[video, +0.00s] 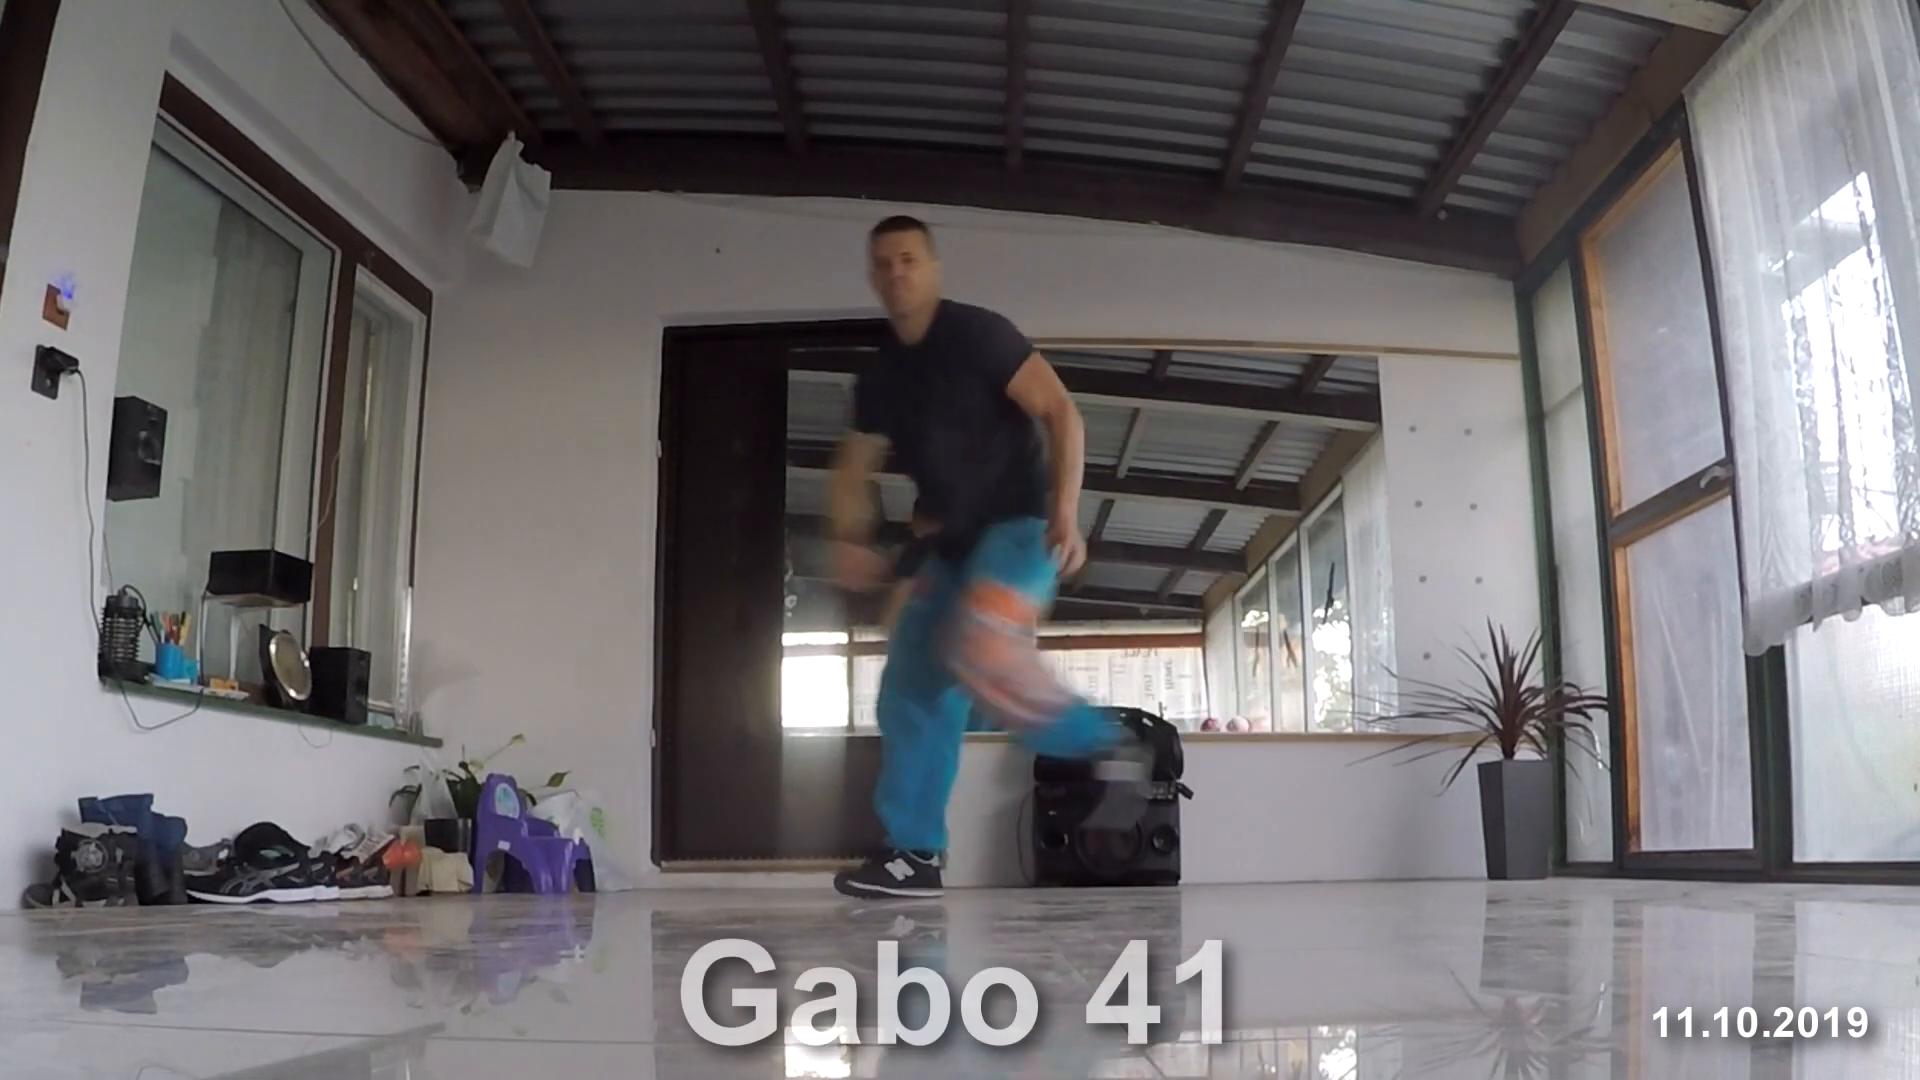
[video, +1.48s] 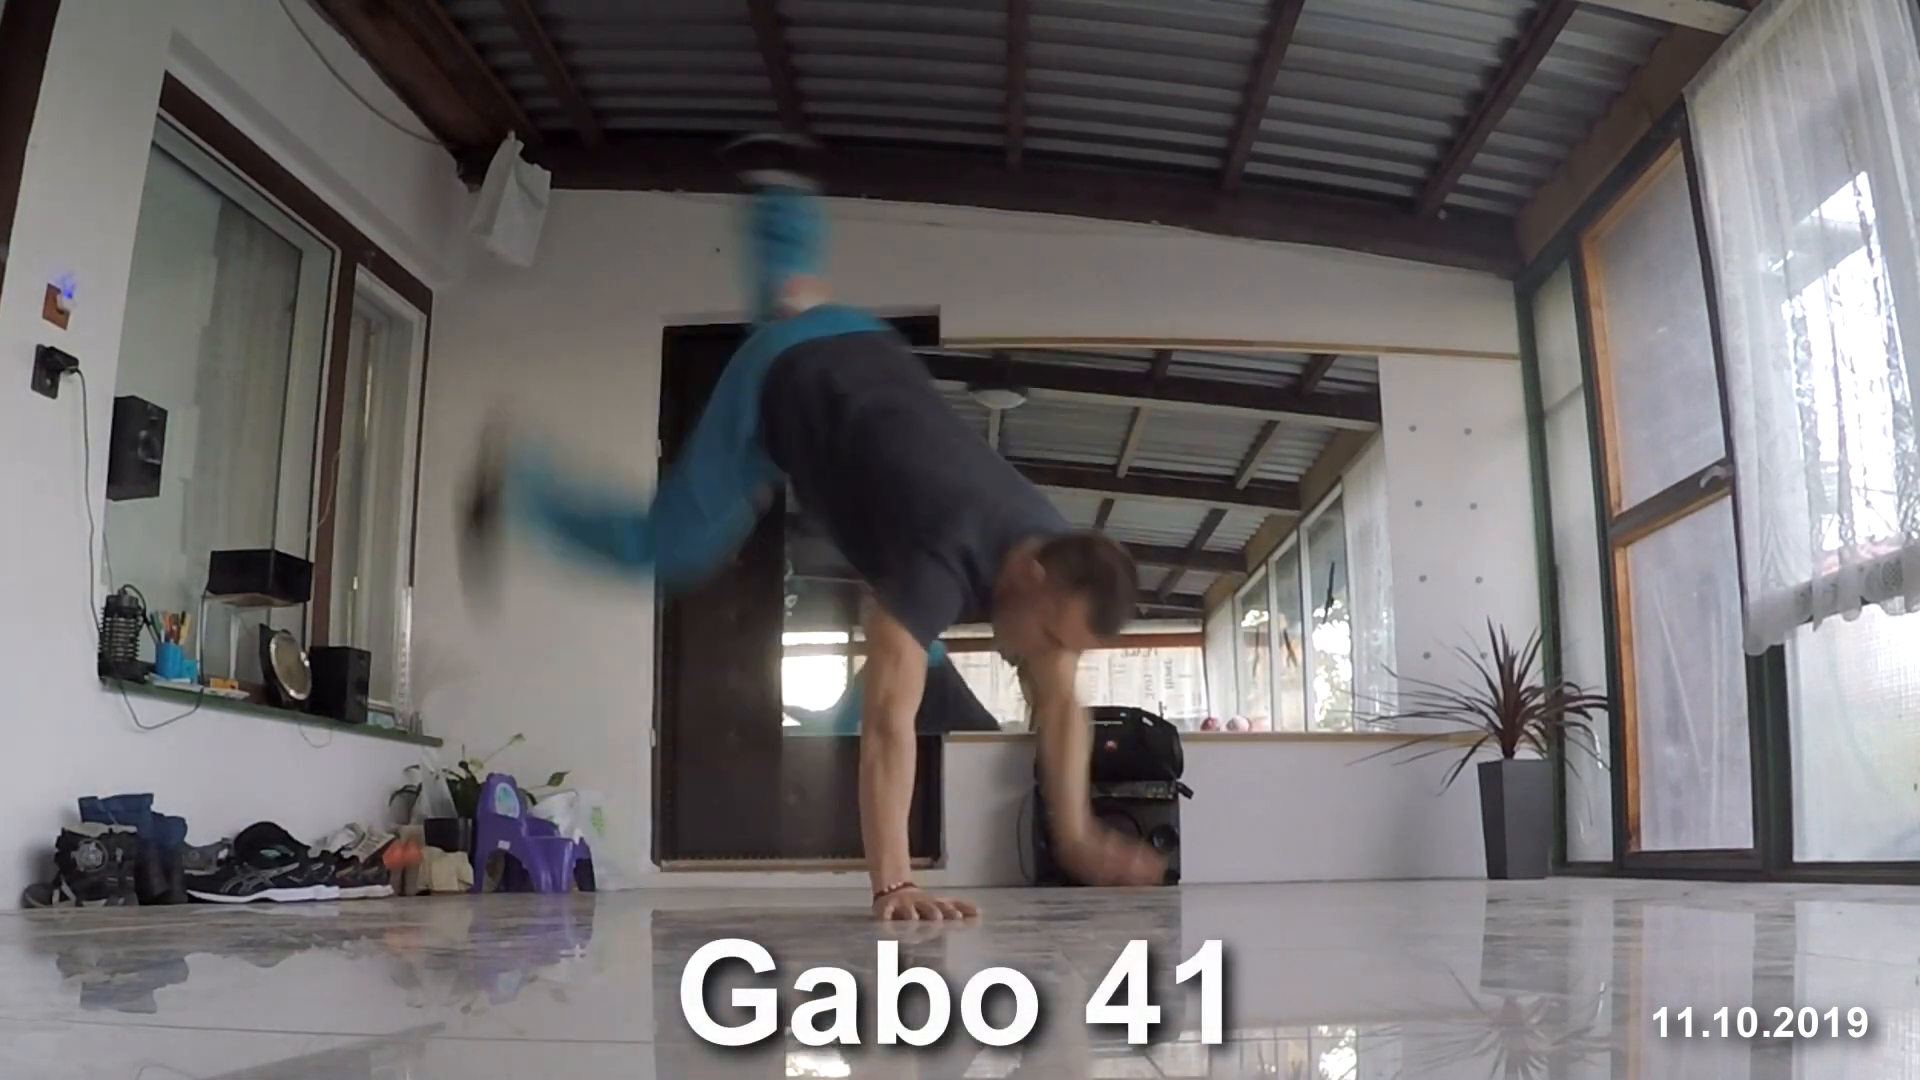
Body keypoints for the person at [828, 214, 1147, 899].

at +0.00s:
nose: (896, 274)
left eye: (908, 261)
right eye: (884, 264)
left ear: (934, 269)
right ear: (872, 279)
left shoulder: (979, 333)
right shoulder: (883, 374)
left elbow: (1063, 413)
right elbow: (852, 470)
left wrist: (1066, 512)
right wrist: (851, 543)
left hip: (1017, 530)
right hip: (949, 543)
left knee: (979, 652)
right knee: (913, 688)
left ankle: (1111, 743)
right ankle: (917, 854)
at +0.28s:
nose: (897, 224)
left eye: (913, 213)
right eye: (886, 208)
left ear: (933, 225)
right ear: (866, 213)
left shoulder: (945, 310)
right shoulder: (826, 290)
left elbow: (993, 421)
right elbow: (754, 361)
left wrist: (986, 533)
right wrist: (689, 433)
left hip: (902, 516)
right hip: (843, 518)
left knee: (850, 666)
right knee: (887, 681)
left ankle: (765, 833)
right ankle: (923, 854)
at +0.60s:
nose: (869, 215)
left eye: (886, 205)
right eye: (859, 195)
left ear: (899, 217)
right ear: (829, 191)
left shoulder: (895, 305)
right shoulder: (764, 263)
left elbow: (905, 434)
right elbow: (701, 319)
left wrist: (815, 478)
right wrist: (646, 385)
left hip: (827, 519)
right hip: (736, 507)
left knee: (780, 672)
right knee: (644, 607)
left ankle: (738, 852)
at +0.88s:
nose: (897, 199)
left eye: (914, 189)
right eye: (890, 176)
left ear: (925, 193)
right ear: (853, 148)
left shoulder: (906, 282)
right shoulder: (754, 213)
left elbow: (879, 408)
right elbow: (655, 288)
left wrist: (825, 481)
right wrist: (615, 394)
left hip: (807, 479)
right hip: (712, 456)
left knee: (804, 660)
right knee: (694, 643)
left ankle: (740, 829)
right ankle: (657, 848)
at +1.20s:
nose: (1001, 477)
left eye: (1017, 468)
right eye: (1005, 458)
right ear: (974, 408)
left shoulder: (942, 395)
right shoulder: (881, 448)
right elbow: (847, 635)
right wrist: (879, 797)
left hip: (772, 523)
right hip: (713, 496)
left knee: (671, 627)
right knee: (709, 678)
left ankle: (577, 716)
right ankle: (655, 856)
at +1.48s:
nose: (1052, 660)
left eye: (1069, 652)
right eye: (1053, 639)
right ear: (1025, 581)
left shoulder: (1054, 552)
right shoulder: (931, 563)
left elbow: (1060, 699)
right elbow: (887, 728)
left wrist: (1075, 835)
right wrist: (894, 883)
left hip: (866, 349)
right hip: (772, 382)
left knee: (793, 307)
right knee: (673, 546)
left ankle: (777, 187)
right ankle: (516, 487)